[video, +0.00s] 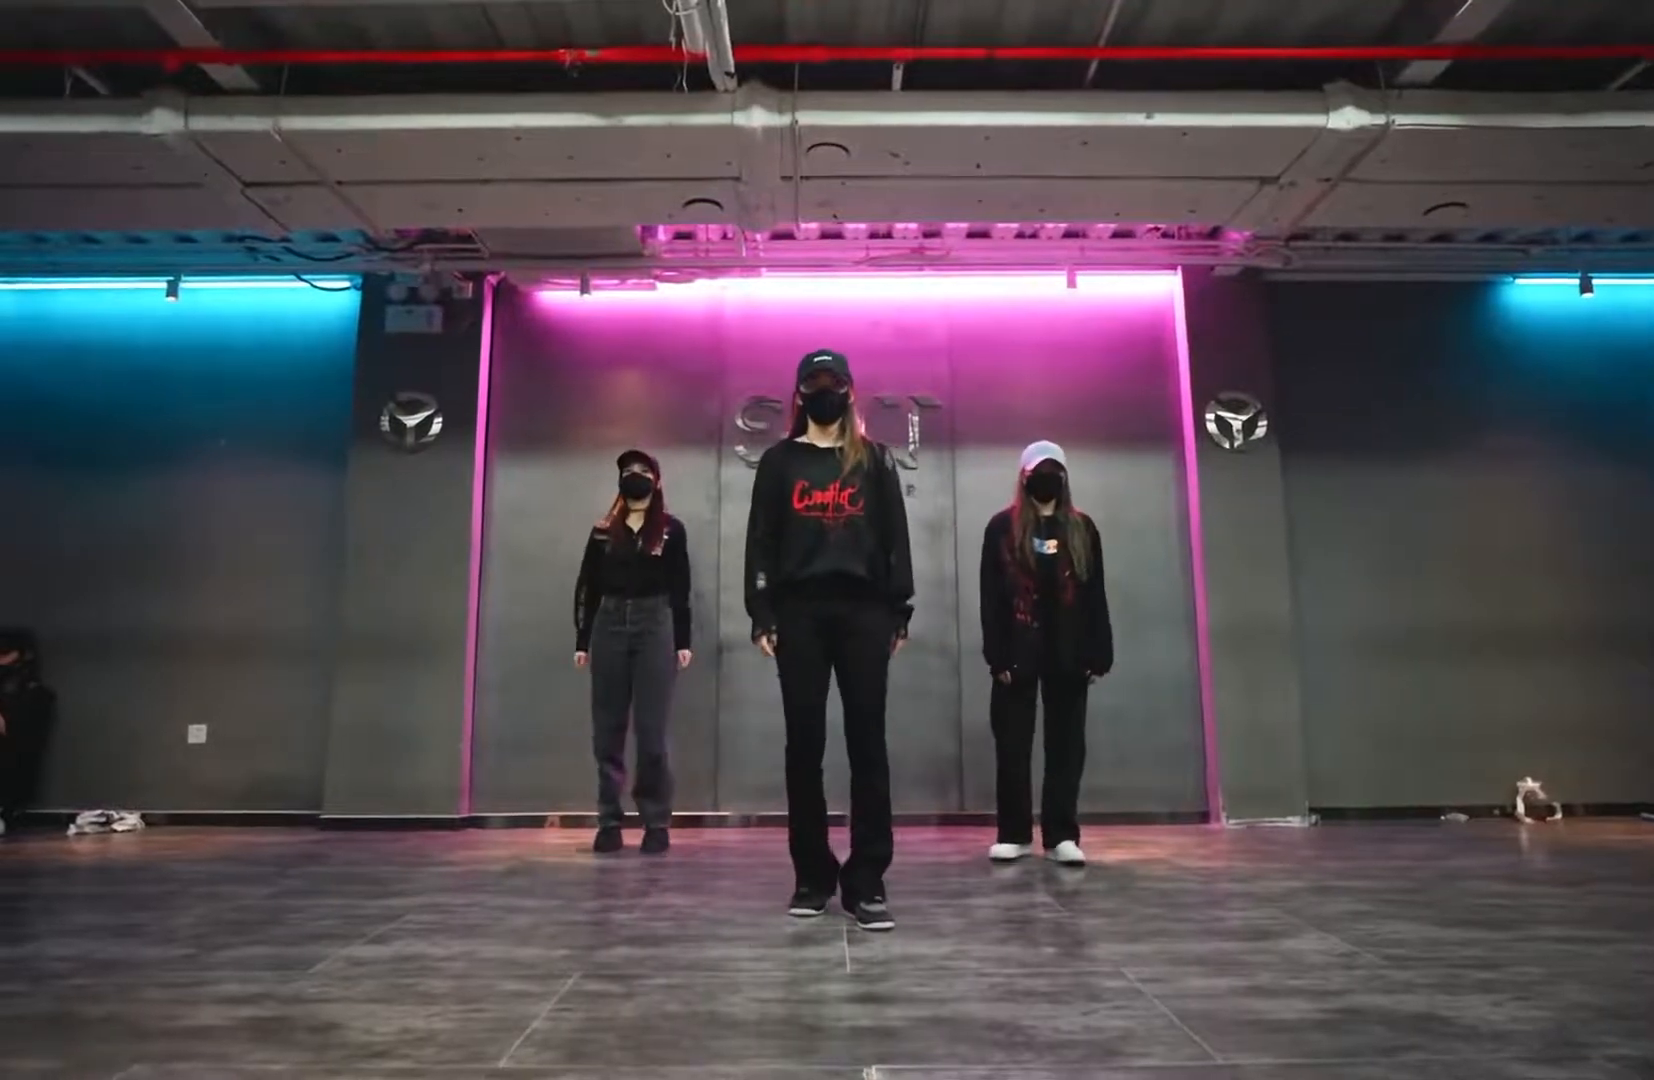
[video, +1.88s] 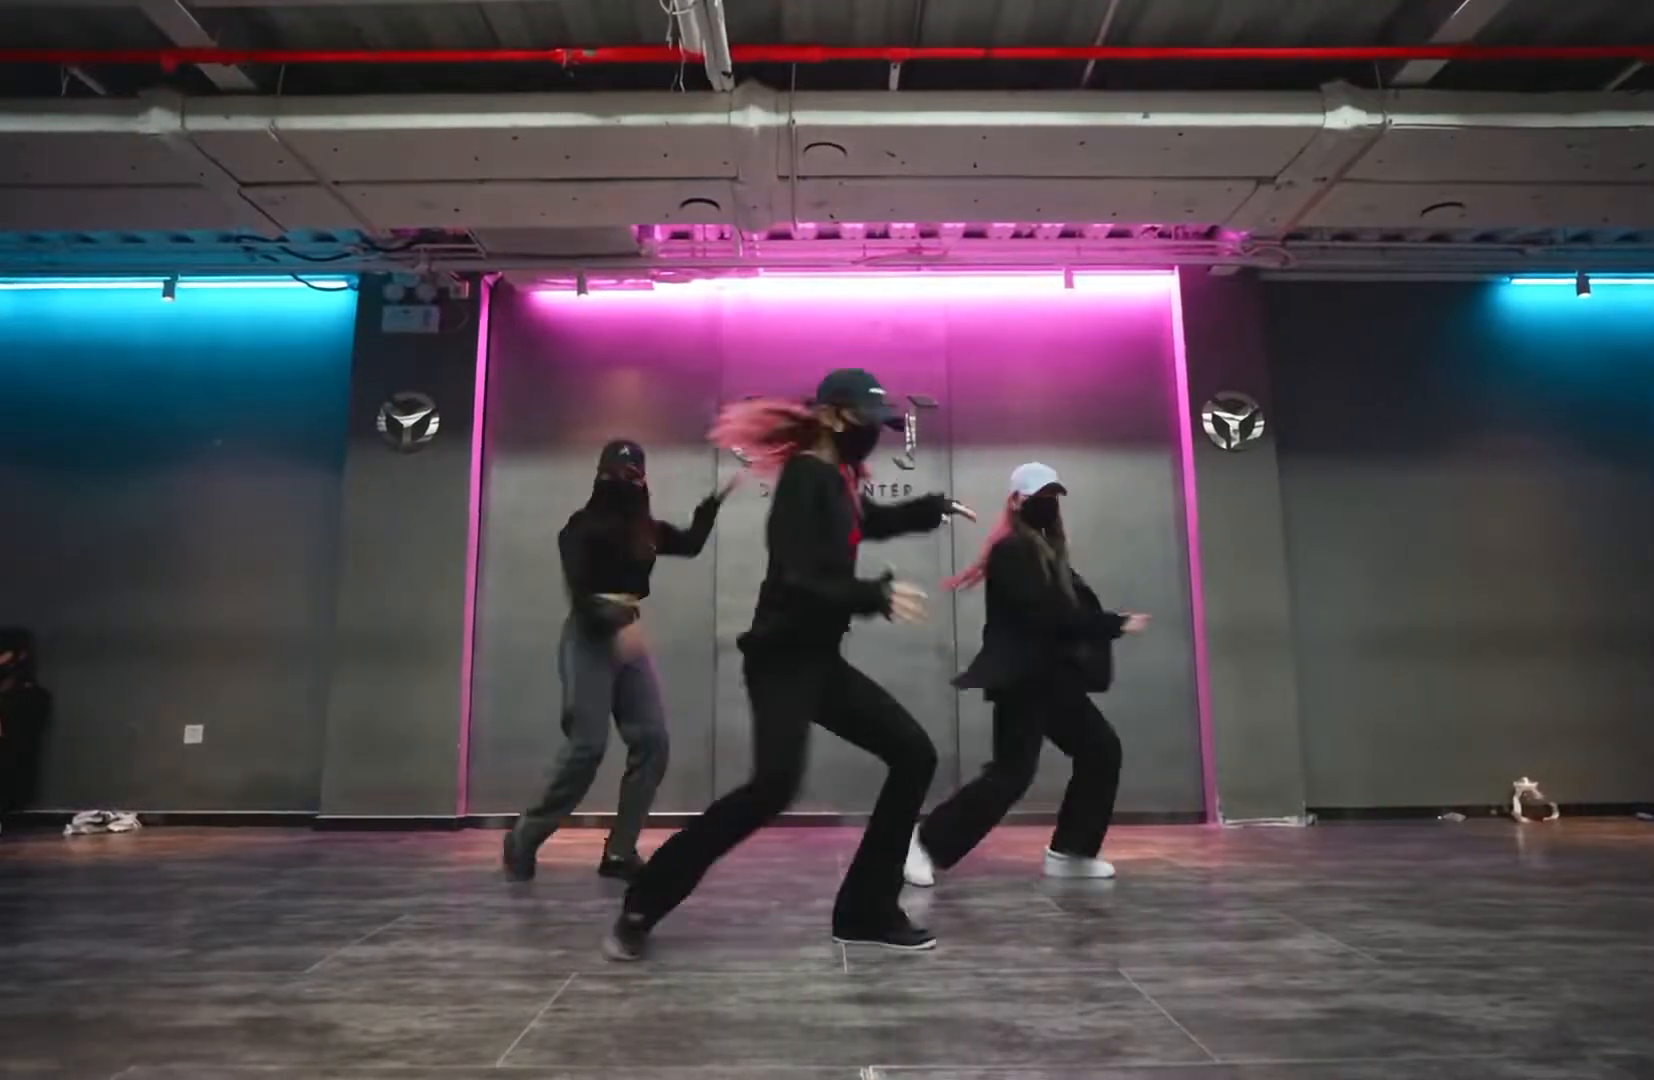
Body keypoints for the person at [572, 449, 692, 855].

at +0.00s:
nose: (636, 482)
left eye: (643, 476)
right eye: (629, 476)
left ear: (656, 482)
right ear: (619, 483)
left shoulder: (670, 529)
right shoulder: (604, 529)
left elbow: (680, 588)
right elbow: (587, 587)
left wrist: (683, 640)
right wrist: (583, 640)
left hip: (656, 629)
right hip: (608, 628)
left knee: (651, 731)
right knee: (608, 731)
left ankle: (656, 824)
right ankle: (609, 823)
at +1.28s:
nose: (635, 496)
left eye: (643, 489)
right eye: (628, 489)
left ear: (657, 493)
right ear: (618, 492)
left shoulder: (672, 538)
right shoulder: (604, 534)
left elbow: (686, 582)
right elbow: (589, 581)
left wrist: (688, 612)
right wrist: (568, 615)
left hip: (661, 638)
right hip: (617, 639)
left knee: (662, 742)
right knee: (604, 733)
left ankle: (669, 828)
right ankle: (619, 757)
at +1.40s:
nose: (627, 500)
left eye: (635, 492)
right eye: (620, 492)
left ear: (649, 495)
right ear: (610, 495)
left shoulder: (657, 540)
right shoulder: (606, 538)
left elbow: (649, 593)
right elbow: (580, 584)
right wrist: (539, 603)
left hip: (651, 651)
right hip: (611, 648)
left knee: (655, 747)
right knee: (585, 711)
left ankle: (669, 829)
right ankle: (574, 793)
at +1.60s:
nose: (606, 499)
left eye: (615, 492)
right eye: (599, 491)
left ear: (631, 497)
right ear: (590, 495)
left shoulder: (641, 543)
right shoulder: (581, 543)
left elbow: (652, 590)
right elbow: (543, 583)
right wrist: (493, 571)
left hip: (628, 655)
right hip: (582, 653)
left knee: (647, 759)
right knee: (557, 741)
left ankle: (667, 850)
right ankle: (530, 853)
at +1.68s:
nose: (602, 494)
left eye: (611, 488)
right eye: (595, 486)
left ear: (626, 494)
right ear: (584, 489)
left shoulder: (638, 541)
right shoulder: (566, 530)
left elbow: (678, 585)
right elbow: (521, 553)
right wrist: (498, 546)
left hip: (626, 651)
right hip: (576, 650)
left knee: (655, 746)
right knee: (561, 742)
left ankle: (663, 846)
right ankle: (531, 852)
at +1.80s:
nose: (616, 488)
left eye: (625, 480)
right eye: (609, 478)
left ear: (636, 485)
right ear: (594, 481)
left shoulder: (645, 530)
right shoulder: (577, 522)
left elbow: (704, 539)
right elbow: (535, 561)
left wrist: (745, 506)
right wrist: (526, 609)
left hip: (626, 646)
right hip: (579, 644)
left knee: (657, 736)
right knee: (573, 745)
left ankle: (628, 847)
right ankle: (530, 849)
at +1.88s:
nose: (623, 481)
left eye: (631, 475)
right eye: (616, 473)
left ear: (641, 480)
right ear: (602, 475)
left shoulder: (642, 526)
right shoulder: (581, 527)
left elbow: (689, 543)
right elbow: (581, 600)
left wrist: (712, 503)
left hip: (624, 637)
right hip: (587, 638)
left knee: (651, 744)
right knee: (587, 746)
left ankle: (620, 852)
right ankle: (523, 840)